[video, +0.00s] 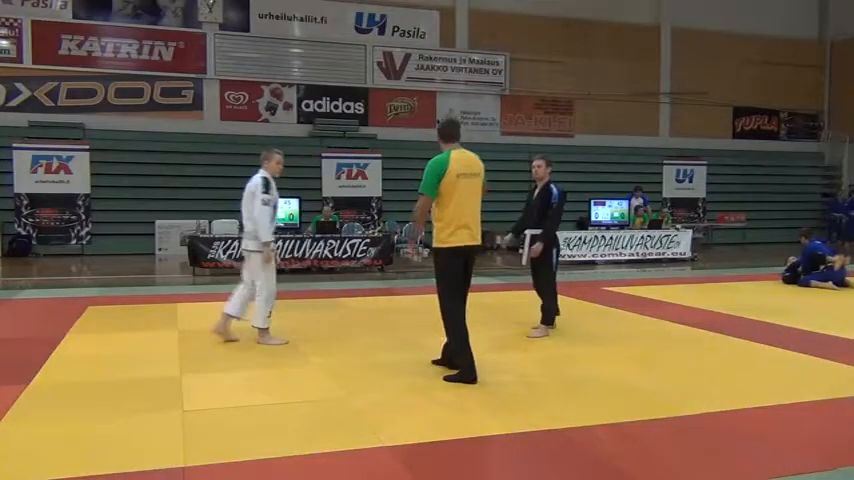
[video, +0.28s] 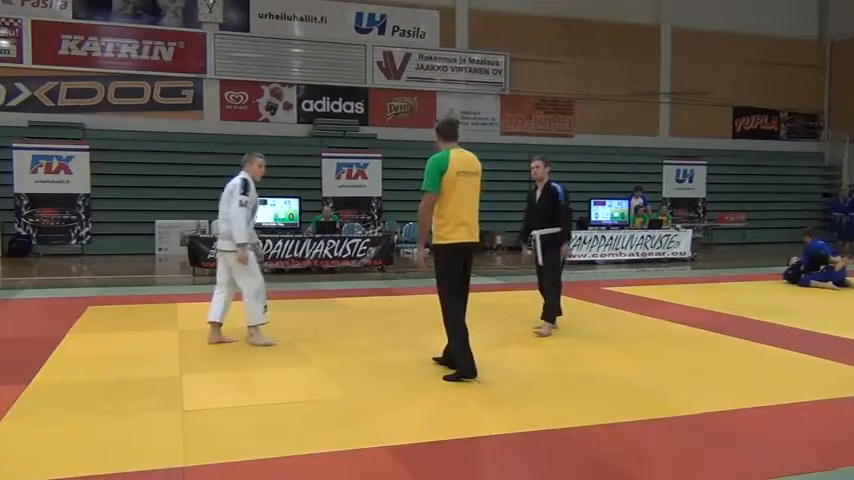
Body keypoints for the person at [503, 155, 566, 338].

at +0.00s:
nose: (535, 170)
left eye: (539, 167)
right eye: (533, 167)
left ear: (548, 169)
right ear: (532, 171)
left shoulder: (554, 192)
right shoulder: (533, 191)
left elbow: (553, 220)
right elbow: (526, 216)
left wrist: (541, 241)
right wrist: (513, 234)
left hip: (547, 241)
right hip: (533, 240)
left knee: (547, 282)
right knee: (538, 282)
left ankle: (546, 323)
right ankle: (551, 310)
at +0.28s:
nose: (534, 171)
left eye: (537, 168)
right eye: (532, 168)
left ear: (547, 169)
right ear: (531, 172)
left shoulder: (557, 191)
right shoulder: (533, 193)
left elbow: (565, 217)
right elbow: (528, 218)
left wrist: (564, 242)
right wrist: (524, 240)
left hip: (553, 241)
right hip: (538, 241)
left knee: (552, 280)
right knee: (542, 281)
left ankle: (549, 321)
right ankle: (552, 312)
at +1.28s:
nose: (548, 171)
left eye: (550, 168)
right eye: (548, 168)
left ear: (558, 169)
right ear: (558, 170)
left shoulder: (568, 190)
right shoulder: (555, 190)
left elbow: (565, 220)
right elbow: (551, 219)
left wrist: (559, 245)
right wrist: (544, 244)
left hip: (561, 241)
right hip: (550, 240)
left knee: (563, 281)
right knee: (550, 281)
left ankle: (569, 322)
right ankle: (552, 317)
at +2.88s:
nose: (535, 175)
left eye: (537, 171)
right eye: (534, 172)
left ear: (548, 170)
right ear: (543, 172)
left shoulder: (560, 190)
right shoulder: (543, 192)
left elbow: (568, 218)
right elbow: (539, 217)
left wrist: (552, 233)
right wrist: (522, 229)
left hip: (562, 243)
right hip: (547, 243)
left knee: (568, 283)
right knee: (537, 281)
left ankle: (569, 324)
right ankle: (528, 319)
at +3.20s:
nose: (512, 179)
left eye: (514, 175)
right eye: (511, 175)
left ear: (524, 172)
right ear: (519, 174)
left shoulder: (540, 189)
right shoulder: (522, 193)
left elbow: (545, 217)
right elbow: (514, 220)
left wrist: (535, 236)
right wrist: (499, 241)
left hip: (546, 239)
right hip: (531, 240)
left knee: (550, 280)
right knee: (526, 281)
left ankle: (564, 321)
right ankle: (525, 320)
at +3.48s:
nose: (502, 180)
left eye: (503, 176)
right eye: (501, 177)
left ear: (510, 173)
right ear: (507, 174)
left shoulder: (526, 189)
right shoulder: (509, 194)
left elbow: (534, 215)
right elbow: (510, 219)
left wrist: (530, 239)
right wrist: (504, 240)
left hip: (530, 237)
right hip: (516, 238)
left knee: (531, 280)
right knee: (518, 280)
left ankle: (542, 321)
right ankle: (523, 319)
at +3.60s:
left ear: (508, 176)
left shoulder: (523, 191)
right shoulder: (502, 194)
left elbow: (530, 219)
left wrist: (523, 242)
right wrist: (505, 242)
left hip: (528, 240)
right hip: (513, 240)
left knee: (526, 281)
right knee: (514, 282)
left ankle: (523, 322)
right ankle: (521, 318)